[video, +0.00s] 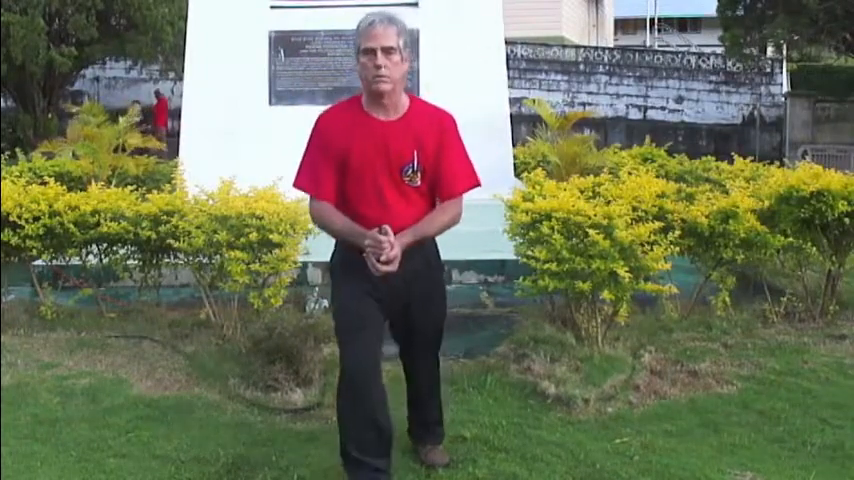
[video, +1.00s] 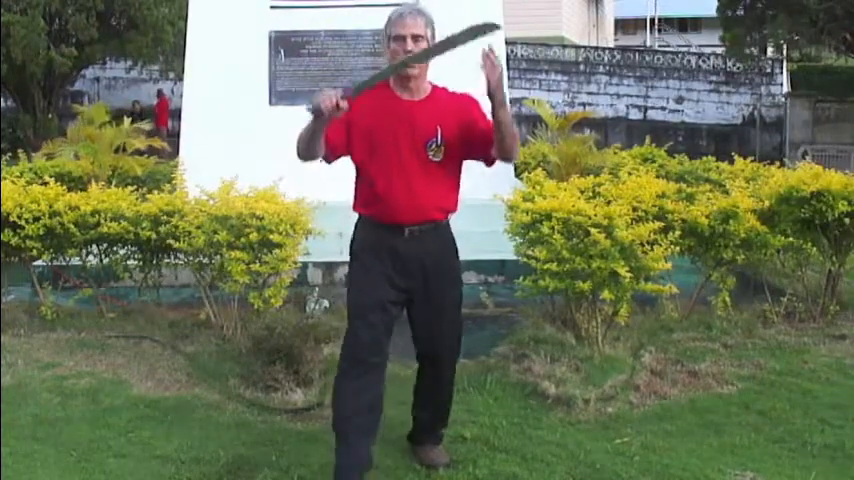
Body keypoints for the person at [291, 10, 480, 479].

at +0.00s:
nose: (378, 62)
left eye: (389, 53)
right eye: (368, 53)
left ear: (407, 62)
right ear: (357, 62)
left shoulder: (437, 123)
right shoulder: (333, 123)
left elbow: (452, 207)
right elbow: (320, 207)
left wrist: (404, 240)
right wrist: (364, 238)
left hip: (419, 261)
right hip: (355, 263)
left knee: (424, 357)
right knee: (358, 366)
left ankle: (429, 438)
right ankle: (367, 469)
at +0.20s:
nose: (370, 66)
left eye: (381, 56)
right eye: (360, 57)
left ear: (399, 63)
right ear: (348, 64)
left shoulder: (430, 124)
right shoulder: (324, 125)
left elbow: (445, 210)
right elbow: (310, 210)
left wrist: (393, 246)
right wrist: (355, 244)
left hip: (413, 264)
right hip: (347, 268)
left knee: (423, 360)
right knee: (352, 370)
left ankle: (429, 440)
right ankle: (364, 471)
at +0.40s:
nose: (368, 66)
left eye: (379, 56)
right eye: (358, 57)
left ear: (396, 62)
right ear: (346, 64)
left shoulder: (428, 124)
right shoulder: (324, 125)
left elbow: (444, 210)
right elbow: (310, 210)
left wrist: (391, 244)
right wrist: (350, 240)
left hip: (411, 263)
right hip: (345, 267)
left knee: (423, 360)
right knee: (351, 373)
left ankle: (429, 440)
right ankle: (364, 471)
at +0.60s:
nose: (377, 65)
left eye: (387, 55)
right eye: (367, 56)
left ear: (403, 62)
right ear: (355, 63)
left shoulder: (434, 124)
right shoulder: (332, 124)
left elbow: (454, 206)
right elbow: (310, 205)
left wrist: (414, 221)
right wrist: (339, 222)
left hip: (415, 263)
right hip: (353, 264)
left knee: (424, 361)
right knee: (352, 373)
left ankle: (426, 438)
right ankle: (365, 471)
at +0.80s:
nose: (396, 64)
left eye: (406, 55)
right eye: (386, 56)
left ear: (422, 61)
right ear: (375, 62)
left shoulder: (449, 123)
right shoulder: (348, 121)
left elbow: (487, 186)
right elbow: (306, 189)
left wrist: (470, 154)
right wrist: (322, 174)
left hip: (427, 261)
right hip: (366, 262)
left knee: (439, 357)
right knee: (361, 367)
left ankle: (426, 438)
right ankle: (366, 471)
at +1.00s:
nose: (407, 48)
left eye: (417, 40)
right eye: (397, 39)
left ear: (432, 47)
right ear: (385, 47)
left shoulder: (458, 106)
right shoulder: (360, 106)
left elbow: (508, 150)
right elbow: (307, 152)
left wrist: (497, 94)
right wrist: (319, 118)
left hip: (435, 244)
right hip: (375, 244)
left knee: (442, 350)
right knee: (363, 351)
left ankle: (427, 438)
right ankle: (350, 465)